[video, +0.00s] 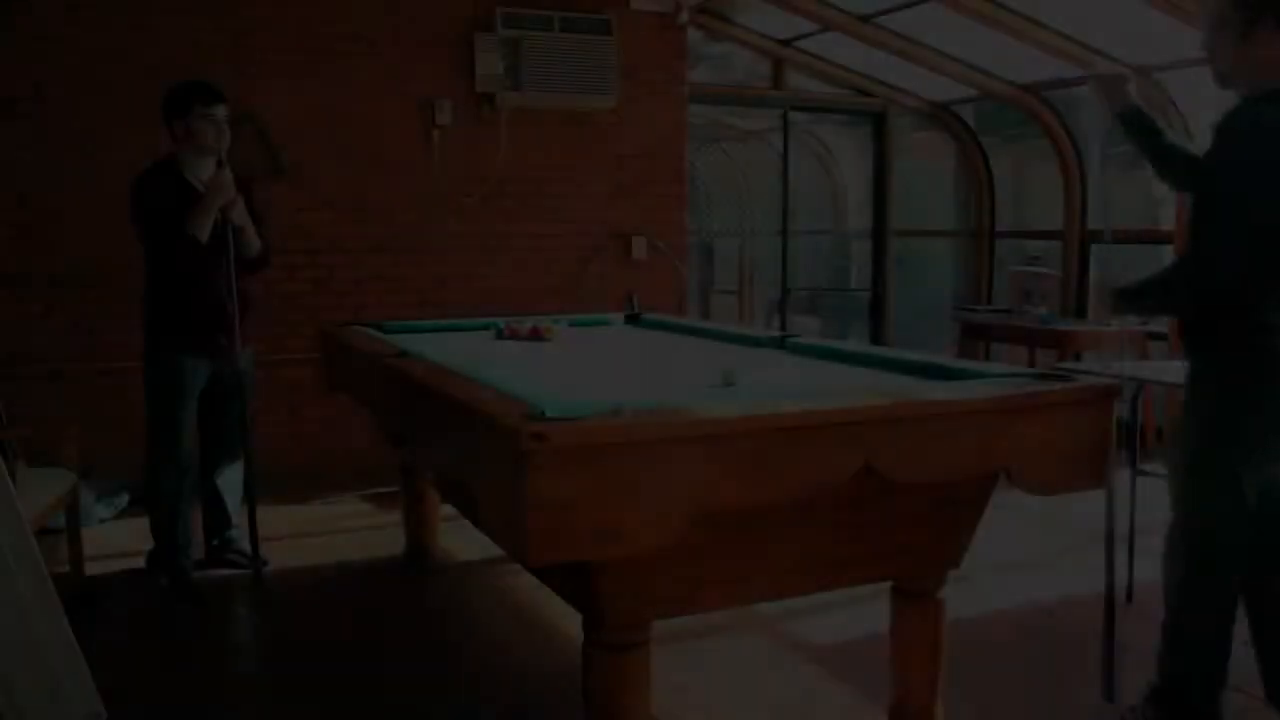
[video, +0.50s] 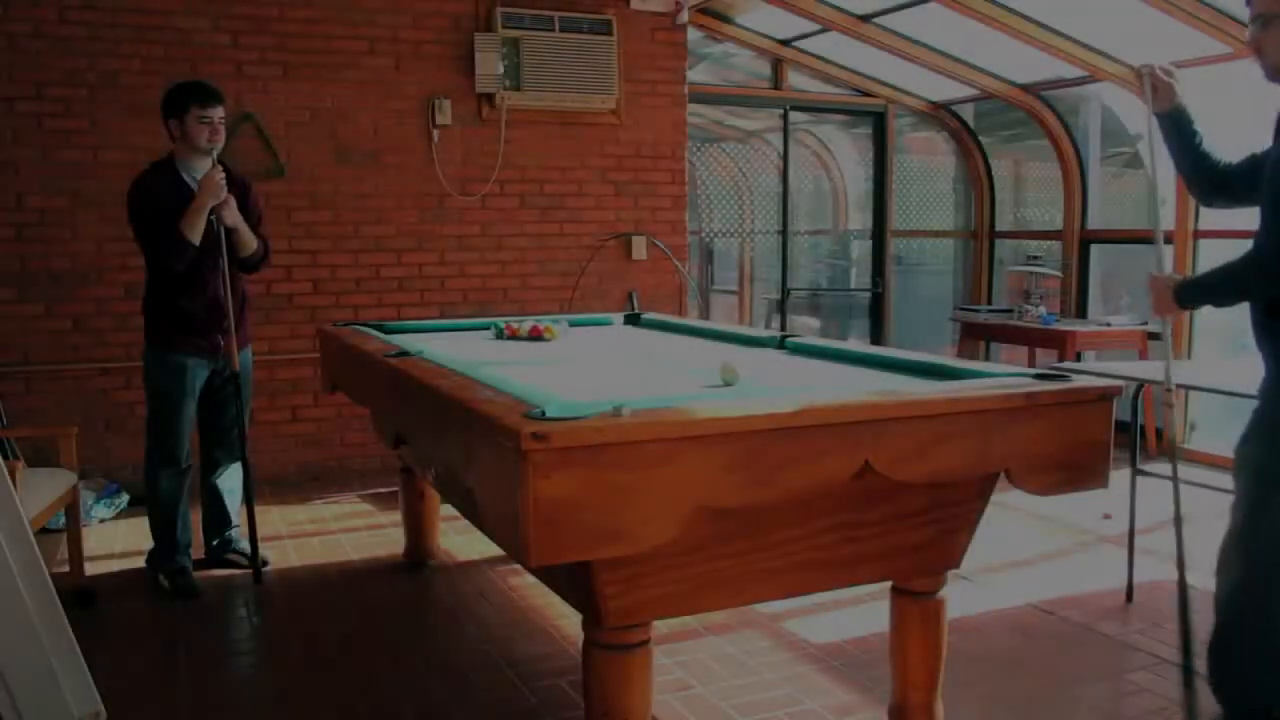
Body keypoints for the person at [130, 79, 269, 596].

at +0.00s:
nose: (222, 132)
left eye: (224, 122)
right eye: (210, 122)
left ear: (227, 130)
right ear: (181, 129)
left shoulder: (225, 182)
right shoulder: (156, 184)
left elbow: (255, 260)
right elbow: (173, 256)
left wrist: (238, 214)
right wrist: (210, 205)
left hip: (224, 331)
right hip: (174, 332)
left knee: (225, 444)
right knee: (176, 448)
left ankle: (222, 540)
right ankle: (172, 554)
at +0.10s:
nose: (220, 130)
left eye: (223, 121)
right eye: (208, 121)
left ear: (227, 127)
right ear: (179, 128)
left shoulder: (229, 182)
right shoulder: (154, 185)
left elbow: (255, 260)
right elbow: (171, 258)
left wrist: (237, 216)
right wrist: (207, 207)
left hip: (227, 333)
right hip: (175, 334)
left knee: (227, 446)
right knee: (173, 450)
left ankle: (223, 541)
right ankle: (170, 556)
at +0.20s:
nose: (218, 129)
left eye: (223, 121)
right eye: (207, 121)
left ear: (227, 127)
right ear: (179, 127)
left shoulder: (231, 182)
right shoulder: (153, 186)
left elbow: (255, 261)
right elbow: (169, 259)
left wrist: (237, 219)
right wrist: (205, 207)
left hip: (228, 334)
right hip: (175, 336)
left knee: (227, 447)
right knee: (172, 452)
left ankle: (224, 542)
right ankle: (170, 558)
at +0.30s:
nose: (217, 131)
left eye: (222, 122)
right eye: (206, 122)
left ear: (227, 128)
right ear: (177, 127)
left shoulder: (234, 183)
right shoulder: (151, 187)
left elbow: (255, 261)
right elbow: (167, 261)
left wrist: (237, 222)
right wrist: (202, 206)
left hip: (230, 336)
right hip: (176, 339)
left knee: (227, 448)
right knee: (171, 453)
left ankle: (225, 542)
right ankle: (171, 558)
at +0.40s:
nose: (216, 131)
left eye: (221, 122)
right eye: (205, 122)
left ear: (226, 127)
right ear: (176, 127)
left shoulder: (234, 185)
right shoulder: (151, 187)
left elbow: (255, 261)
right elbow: (167, 260)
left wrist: (236, 221)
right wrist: (201, 206)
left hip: (231, 337)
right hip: (176, 339)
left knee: (227, 448)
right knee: (172, 453)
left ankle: (224, 543)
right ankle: (170, 558)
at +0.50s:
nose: (214, 131)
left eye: (219, 122)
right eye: (203, 122)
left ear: (225, 127)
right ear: (175, 127)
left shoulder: (235, 184)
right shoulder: (150, 188)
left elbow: (255, 261)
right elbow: (167, 261)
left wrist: (236, 221)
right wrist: (200, 206)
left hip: (231, 337)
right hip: (177, 339)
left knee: (227, 449)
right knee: (172, 454)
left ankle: (225, 542)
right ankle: (171, 558)